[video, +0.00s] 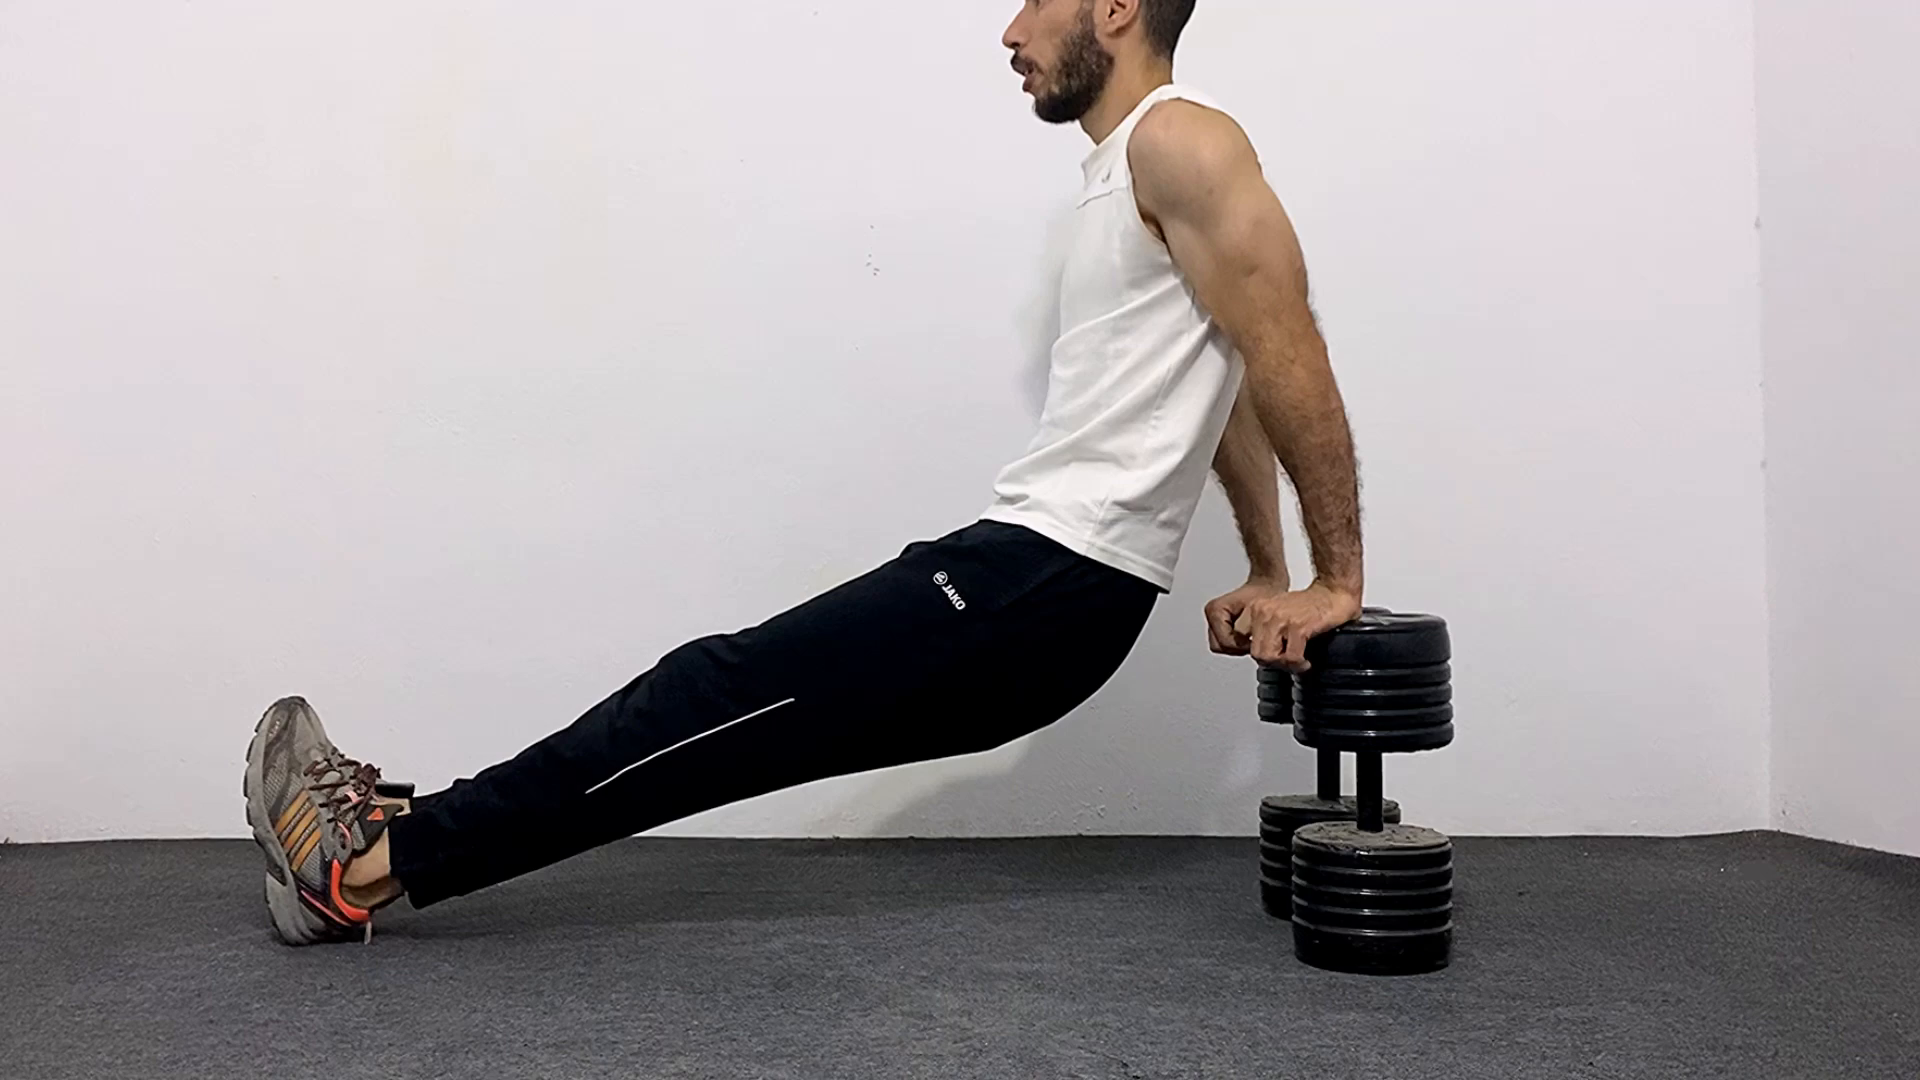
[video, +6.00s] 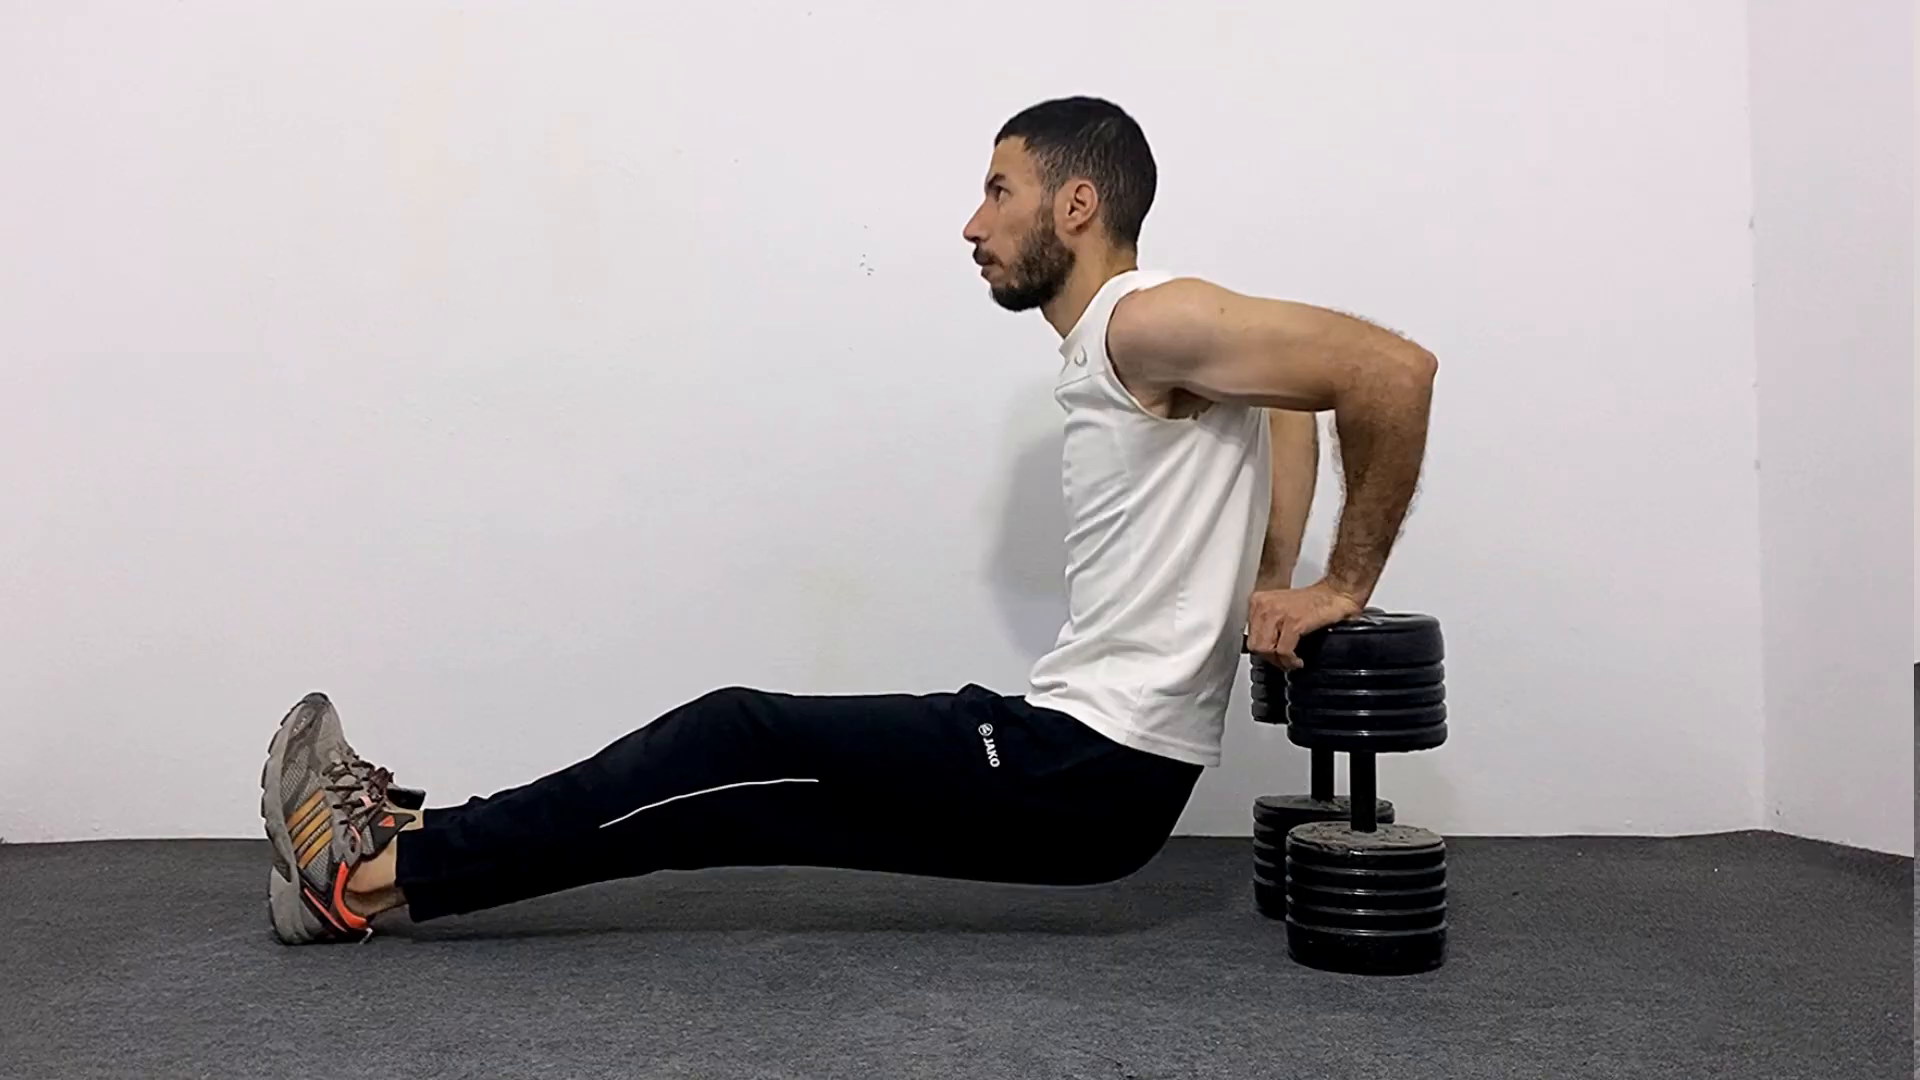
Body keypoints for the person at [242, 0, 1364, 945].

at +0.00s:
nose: (1011, 31)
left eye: (1035, 7)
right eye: (1016, 10)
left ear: (1123, 17)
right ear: (1100, 27)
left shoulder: (1178, 139)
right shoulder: (1130, 162)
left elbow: (1292, 358)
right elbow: (1230, 385)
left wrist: (1342, 579)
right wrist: (1267, 572)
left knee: (714, 707)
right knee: (707, 692)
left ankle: (374, 873)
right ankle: (407, 837)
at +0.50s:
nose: (972, 169)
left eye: (996, 142)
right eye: (981, 142)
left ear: (1080, 158)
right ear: (1081, 164)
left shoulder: (1143, 288)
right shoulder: (1120, 296)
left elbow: (1375, 364)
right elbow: (1288, 382)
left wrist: (1348, 586)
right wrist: (1274, 577)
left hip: (1087, 710)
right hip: (1072, 699)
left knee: (721, 725)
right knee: (717, 740)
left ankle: (381, 868)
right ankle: (403, 844)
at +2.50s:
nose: (964, 248)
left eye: (987, 216)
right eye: (973, 219)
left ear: (1074, 227)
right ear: (1077, 228)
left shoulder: (1136, 345)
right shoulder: (1126, 345)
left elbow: (1391, 375)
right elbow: (1295, 391)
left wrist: (1355, 585)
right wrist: (1279, 575)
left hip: (1097, 776)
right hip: (1078, 760)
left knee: (741, 742)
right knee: (736, 795)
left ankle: (386, 869)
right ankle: (416, 848)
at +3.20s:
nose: (990, 121)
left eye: (1013, 89)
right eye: (996, 91)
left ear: (1100, 95)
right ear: (1097, 101)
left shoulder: (1167, 222)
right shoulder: (1139, 246)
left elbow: (1368, 361)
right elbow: (1285, 417)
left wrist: (1350, 587)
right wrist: (1271, 589)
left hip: (1091, 656)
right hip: (1072, 644)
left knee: (739, 734)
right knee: (739, 731)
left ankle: (392, 875)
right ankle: (415, 847)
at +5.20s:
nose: (1022, 51)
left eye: (1041, 17)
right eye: (1026, 22)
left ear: (1126, 19)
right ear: (1111, 27)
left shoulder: (1188, 144)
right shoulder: (1149, 165)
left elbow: (1312, 358)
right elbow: (1251, 382)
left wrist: (1347, 580)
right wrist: (1267, 572)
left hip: (1063, 593)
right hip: (1045, 579)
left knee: (718, 711)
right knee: (714, 699)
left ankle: (380, 877)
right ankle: (420, 840)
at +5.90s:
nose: (985, 201)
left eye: (1006, 168)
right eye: (990, 172)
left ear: (1093, 175)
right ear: (1097, 180)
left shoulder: (1156, 301)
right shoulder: (1135, 304)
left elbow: (1397, 369)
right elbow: (1302, 378)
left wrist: (1354, 588)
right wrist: (1283, 573)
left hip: (1099, 737)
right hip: (1079, 723)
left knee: (737, 736)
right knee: (733, 760)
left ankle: (387, 878)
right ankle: (422, 849)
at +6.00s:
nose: (973, 227)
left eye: (996, 195)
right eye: (980, 199)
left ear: (1083, 202)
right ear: (1086, 206)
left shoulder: (1144, 323)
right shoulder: (1128, 322)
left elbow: (1395, 374)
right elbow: (1301, 378)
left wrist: (1347, 588)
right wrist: (1275, 566)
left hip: (1094, 758)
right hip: (1079, 744)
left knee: (733, 735)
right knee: (728, 783)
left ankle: (384, 868)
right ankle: (407, 855)